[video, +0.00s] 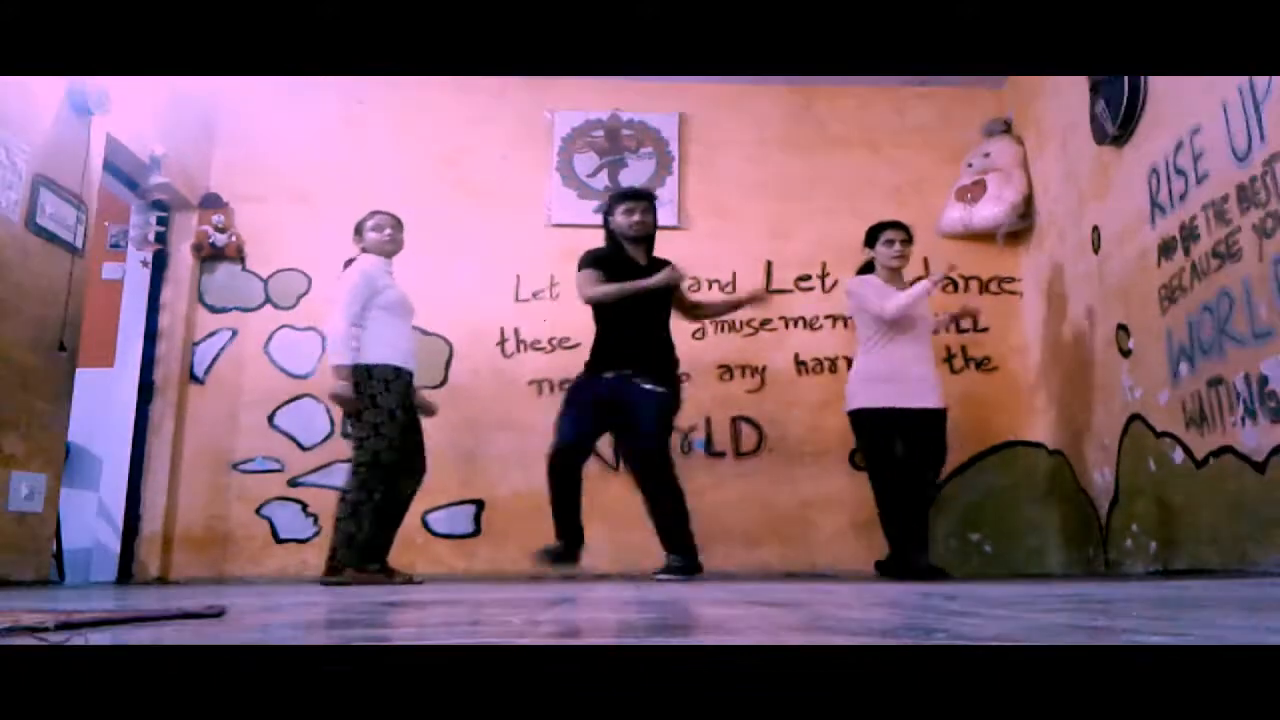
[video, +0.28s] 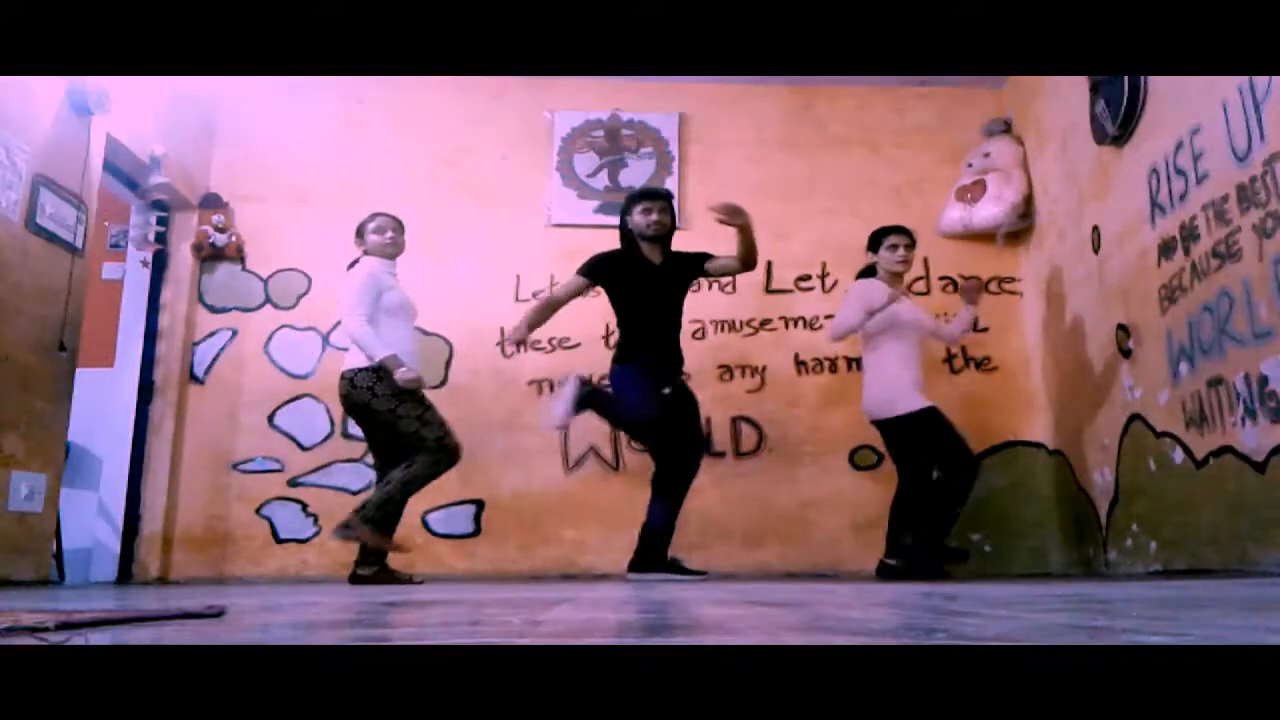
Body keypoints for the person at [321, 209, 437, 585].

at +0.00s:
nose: (388, 233)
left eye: (395, 228)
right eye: (378, 228)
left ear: (402, 240)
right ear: (361, 240)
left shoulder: (387, 278)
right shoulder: (366, 268)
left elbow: (391, 343)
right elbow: (344, 320)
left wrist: (411, 393)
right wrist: (342, 375)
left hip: (394, 381)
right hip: (375, 379)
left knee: (408, 467)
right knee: (374, 467)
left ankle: (372, 558)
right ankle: (346, 560)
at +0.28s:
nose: (390, 236)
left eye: (396, 231)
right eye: (379, 231)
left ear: (404, 242)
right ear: (361, 243)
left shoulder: (386, 278)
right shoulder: (368, 273)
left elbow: (386, 335)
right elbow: (353, 323)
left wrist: (410, 370)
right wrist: (394, 365)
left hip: (377, 381)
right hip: (372, 380)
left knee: (394, 470)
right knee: (442, 449)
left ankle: (371, 563)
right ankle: (363, 520)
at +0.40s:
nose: (388, 234)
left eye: (394, 230)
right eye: (378, 230)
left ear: (403, 240)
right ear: (361, 241)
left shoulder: (389, 279)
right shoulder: (367, 271)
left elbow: (394, 340)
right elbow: (350, 324)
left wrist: (414, 384)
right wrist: (381, 365)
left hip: (382, 380)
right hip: (376, 379)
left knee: (389, 471)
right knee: (425, 455)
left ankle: (369, 564)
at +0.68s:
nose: (386, 235)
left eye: (394, 230)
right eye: (376, 230)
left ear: (403, 242)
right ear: (360, 242)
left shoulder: (394, 285)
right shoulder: (362, 275)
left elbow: (398, 343)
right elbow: (331, 324)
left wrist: (416, 379)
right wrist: (329, 377)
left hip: (389, 379)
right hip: (366, 375)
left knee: (385, 470)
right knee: (419, 448)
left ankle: (371, 562)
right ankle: (406, 542)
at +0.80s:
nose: (381, 235)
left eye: (389, 231)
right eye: (371, 230)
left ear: (399, 244)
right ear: (356, 243)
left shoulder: (397, 294)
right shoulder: (353, 279)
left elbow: (401, 352)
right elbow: (313, 323)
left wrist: (436, 384)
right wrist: (312, 380)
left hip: (391, 382)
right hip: (362, 378)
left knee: (397, 462)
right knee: (393, 459)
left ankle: (370, 561)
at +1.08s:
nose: (363, 240)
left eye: (372, 237)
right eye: (355, 236)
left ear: (385, 250)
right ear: (341, 247)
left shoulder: (398, 298)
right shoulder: (325, 287)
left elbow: (410, 340)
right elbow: (295, 339)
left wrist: (421, 357)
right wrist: (280, 393)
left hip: (380, 394)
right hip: (332, 390)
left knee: (398, 473)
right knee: (348, 475)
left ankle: (371, 564)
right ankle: (320, 563)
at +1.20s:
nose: (348, 234)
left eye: (357, 230)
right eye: (341, 229)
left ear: (372, 244)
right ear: (327, 242)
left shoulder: (390, 286)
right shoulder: (309, 284)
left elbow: (418, 330)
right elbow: (277, 329)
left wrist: (435, 372)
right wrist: (243, 357)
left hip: (369, 388)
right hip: (314, 387)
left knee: (369, 476)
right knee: (319, 477)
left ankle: (369, 560)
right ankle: (321, 565)